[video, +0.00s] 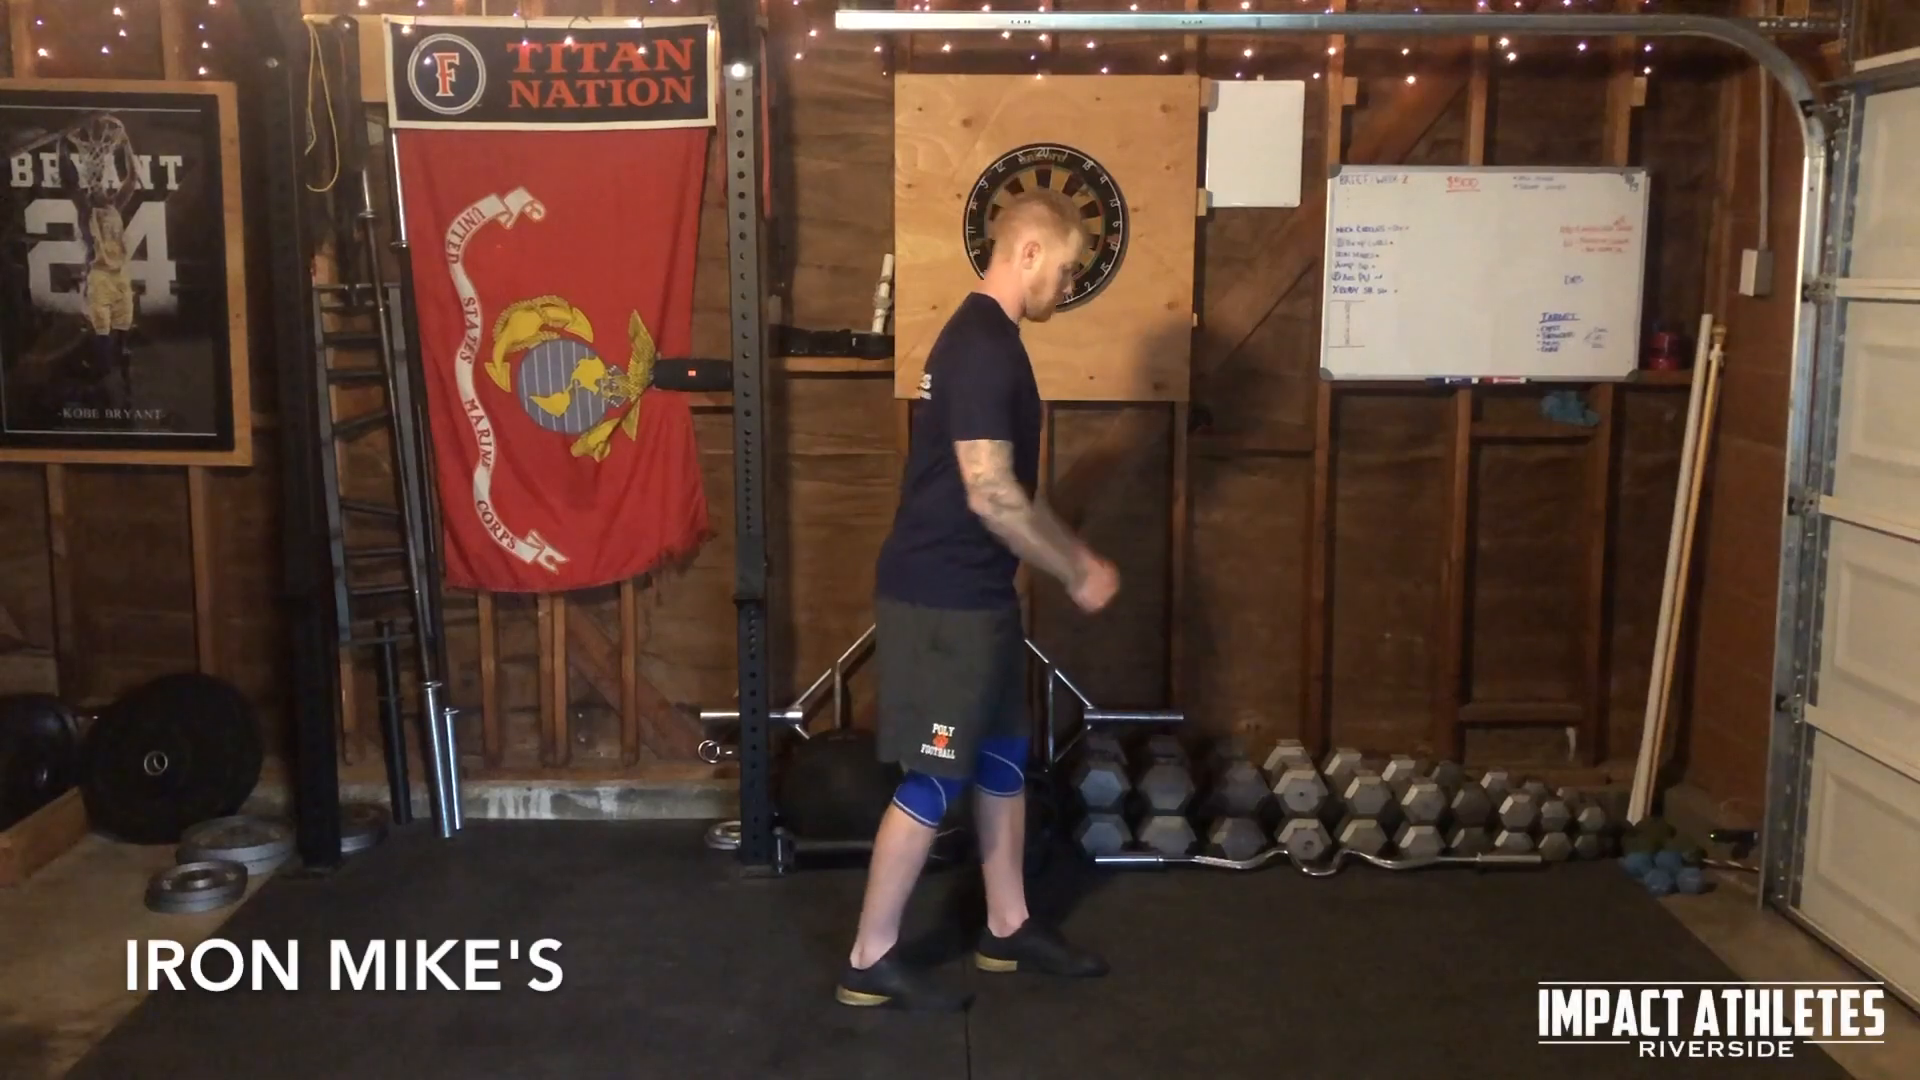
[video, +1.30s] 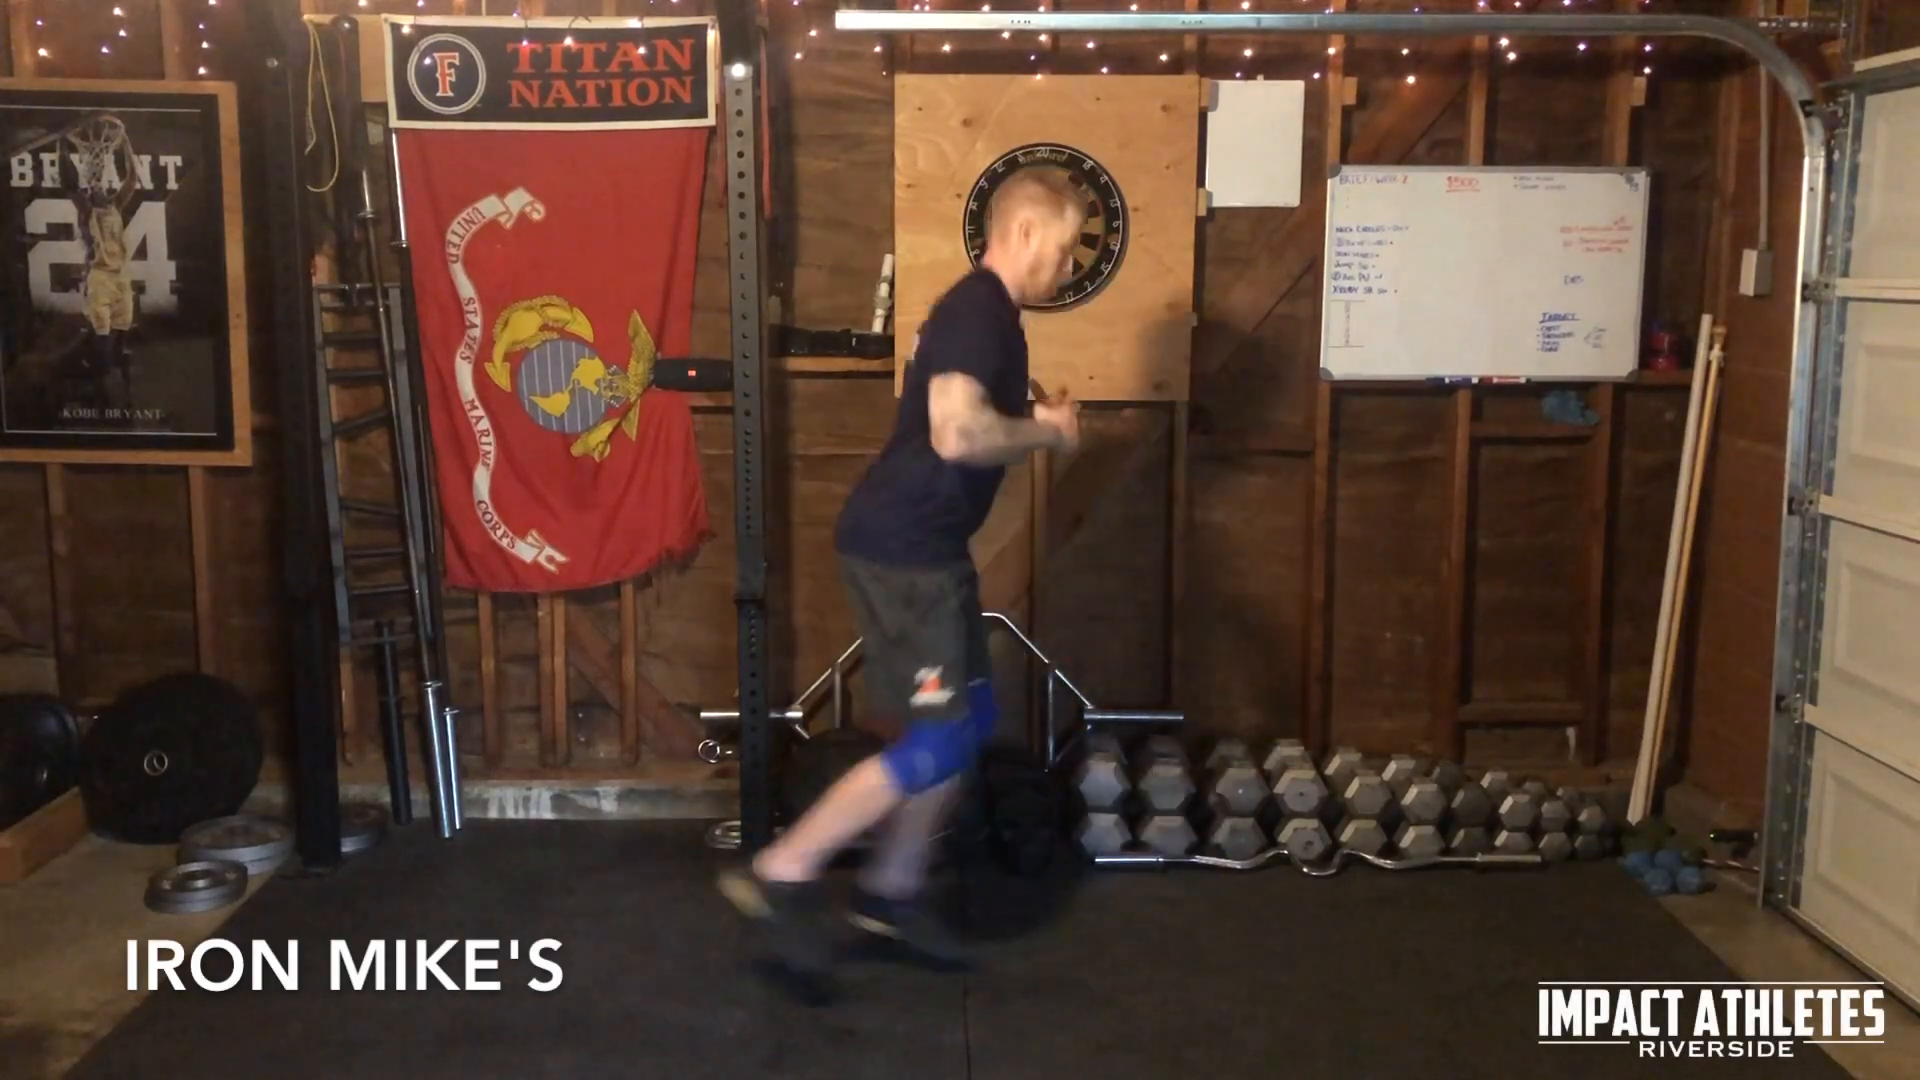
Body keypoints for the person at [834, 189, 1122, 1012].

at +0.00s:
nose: (1065, 290)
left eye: (1071, 275)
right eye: (1065, 271)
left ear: (1019, 254)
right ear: (1028, 253)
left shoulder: (996, 339)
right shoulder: (981, 341)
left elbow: (1007, 484)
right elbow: (988, 489)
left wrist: (1073, 554)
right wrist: (1074, 566)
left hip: (986, 596)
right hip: (940, 597)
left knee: (1003, 760)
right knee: (931, 776)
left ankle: (1008, 930)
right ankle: (870, 956)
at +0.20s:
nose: (1089, 295)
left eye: (1096, 280)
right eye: (1090, 275)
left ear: (1039, 256)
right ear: (1050, 256)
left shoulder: (1003, 338)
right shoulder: (1006, 343)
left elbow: (1030, 475)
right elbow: (1039, 483)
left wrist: (1111, 493)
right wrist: (1134, 505)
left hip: (979, 590)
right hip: (935, 589)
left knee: (999, 757)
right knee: (921, 761)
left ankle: (1007, 930)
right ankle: (778, 915)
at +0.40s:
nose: (1091, 330)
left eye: (1096, 314)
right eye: (1091, 311)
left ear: (1044, 296)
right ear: (1057, 298)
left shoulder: (1001, 369)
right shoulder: (1015, 378)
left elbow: (1012, 508)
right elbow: (1034, 522)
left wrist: (1094, 506)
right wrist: (1119, 521)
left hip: (962, 612)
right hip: (923, 612)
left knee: (1046, 722)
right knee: (865, 782)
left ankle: (1010, 927)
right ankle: (669, 903)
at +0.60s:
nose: (1080, 430)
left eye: (1084, 416)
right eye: (1080, 414)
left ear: (1032, 399)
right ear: (1044, 404)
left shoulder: (995, 469)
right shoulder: (990, 483)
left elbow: (981, 596)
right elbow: (984, 632)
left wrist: (1052, 605)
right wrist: (1072, 620)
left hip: (952, 690)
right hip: (888, 703)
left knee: (1066, 750)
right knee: (845, 895)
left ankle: (1011, 928)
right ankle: (634, 929)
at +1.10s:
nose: (1052, 417)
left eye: (1054, 401)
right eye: (1048, 400)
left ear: (993, 394)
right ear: (1006, 395)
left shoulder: (981, 474)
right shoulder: (965, 477)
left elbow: (970, 599)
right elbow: (970, 617)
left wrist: (1038, 584)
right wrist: (1057, 579)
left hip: (950, 689)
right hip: (887, 704)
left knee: (1071, 755)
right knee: (839, 896)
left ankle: (1012, 930)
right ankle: (628, 930)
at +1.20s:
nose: (1061, 327)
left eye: (1064, 309)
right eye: (1057, 307)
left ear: (1012, 298)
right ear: (1016, 296)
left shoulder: (988, 382)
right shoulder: (969, 380)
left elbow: (979, 498)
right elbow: (969, 508)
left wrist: (1055, 484)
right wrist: (1060, 488)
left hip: (950, 613)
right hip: (894, 615)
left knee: (1020, 739)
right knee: (862, 803)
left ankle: (1008, 926)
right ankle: (674, 902)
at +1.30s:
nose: (1072, 265)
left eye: (1076, 249)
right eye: (1069, 246)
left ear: (1011, 234)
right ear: (1024, 233)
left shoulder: (990, 315)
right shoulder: (974, 310)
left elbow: (973, 412)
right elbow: (957, 433)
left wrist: (1033, 408)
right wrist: (1041, 433)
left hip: (928, 544)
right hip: (899, 545)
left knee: (966, 718)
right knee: (940, 735)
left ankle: (889, 891)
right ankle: (776, 871)